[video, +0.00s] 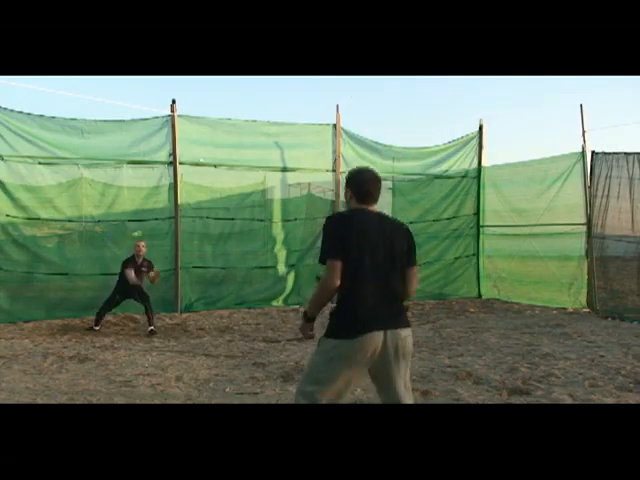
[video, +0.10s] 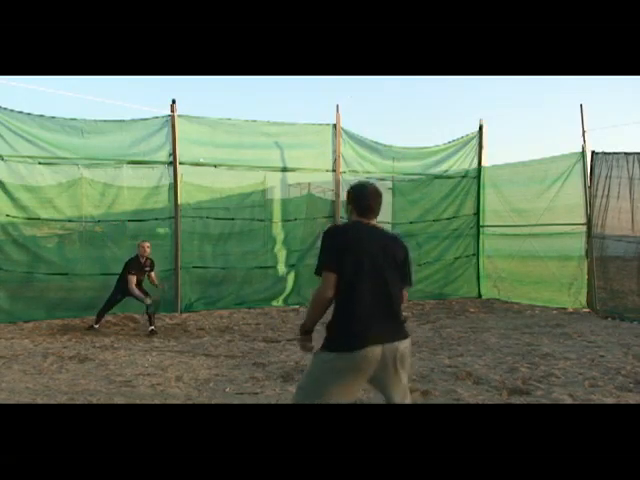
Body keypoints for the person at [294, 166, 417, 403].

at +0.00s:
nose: (344, 194)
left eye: (345, 190)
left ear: (349, 193)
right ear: (378, 195)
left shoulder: (338, 222)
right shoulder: (401, 229)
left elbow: (333, 281)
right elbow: (410, 288)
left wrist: (309, 315)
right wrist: (383, 300)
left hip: (352, 333)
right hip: (398, 333)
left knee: (309, 397)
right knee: (401, 398)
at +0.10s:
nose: (347, 206)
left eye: (348, 203)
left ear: (350, 205)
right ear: (378, 209)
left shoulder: (336, 235)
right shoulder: (395, 242)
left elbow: (327, 291)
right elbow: (402, 297)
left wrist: (306, 328)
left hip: (350, 346)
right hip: (396, 345)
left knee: (306, 399)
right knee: (401, 399)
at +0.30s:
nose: (320, 227)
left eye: (321, 221)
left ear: (327, 223)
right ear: (353, 220)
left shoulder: (319, 267)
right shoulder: (376, 249)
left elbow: (309, 325)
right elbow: (348, 248)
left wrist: (280, 365)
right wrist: (310, 251)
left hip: (339, 372)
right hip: (382, 367)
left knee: (275, 397)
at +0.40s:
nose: (296, 256)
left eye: (297, 252)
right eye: (295, 252)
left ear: (305, 256)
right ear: (330, 246)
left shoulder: (313, 306)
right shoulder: (355, 264)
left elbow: (306, 361)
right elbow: (339, 237)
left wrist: (288, 378)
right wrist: (300, 261)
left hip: (339, 388)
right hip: (374, 375)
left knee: (267, 398)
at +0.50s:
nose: (280, 288)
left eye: (280, 284)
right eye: (279, 284)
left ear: (289, 288)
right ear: (312, 270)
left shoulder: (309, 333)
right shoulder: (336, 273)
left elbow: (314, 371)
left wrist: (297, 380)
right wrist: (289, 302)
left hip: (340, 393)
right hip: (369, 378)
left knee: (267, 400)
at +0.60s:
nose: (269, 291)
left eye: (269, 288)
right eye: (268, 287)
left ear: (277, 294)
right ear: (301, 275)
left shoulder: (307, 335)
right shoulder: (327, 282)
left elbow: (306, 378)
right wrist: (279, 344)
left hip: (340, 396)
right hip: (368, 381)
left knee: (263, 399)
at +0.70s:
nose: (263, 277)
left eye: (262, 272)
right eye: (261, 272)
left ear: (268, 276)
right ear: (296, 262)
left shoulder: (291, 323)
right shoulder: (322, 275)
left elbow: (306, 371)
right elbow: (350, 293)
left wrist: (289, 377)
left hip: (337, 395)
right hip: (371, 382)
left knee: (262, 400)